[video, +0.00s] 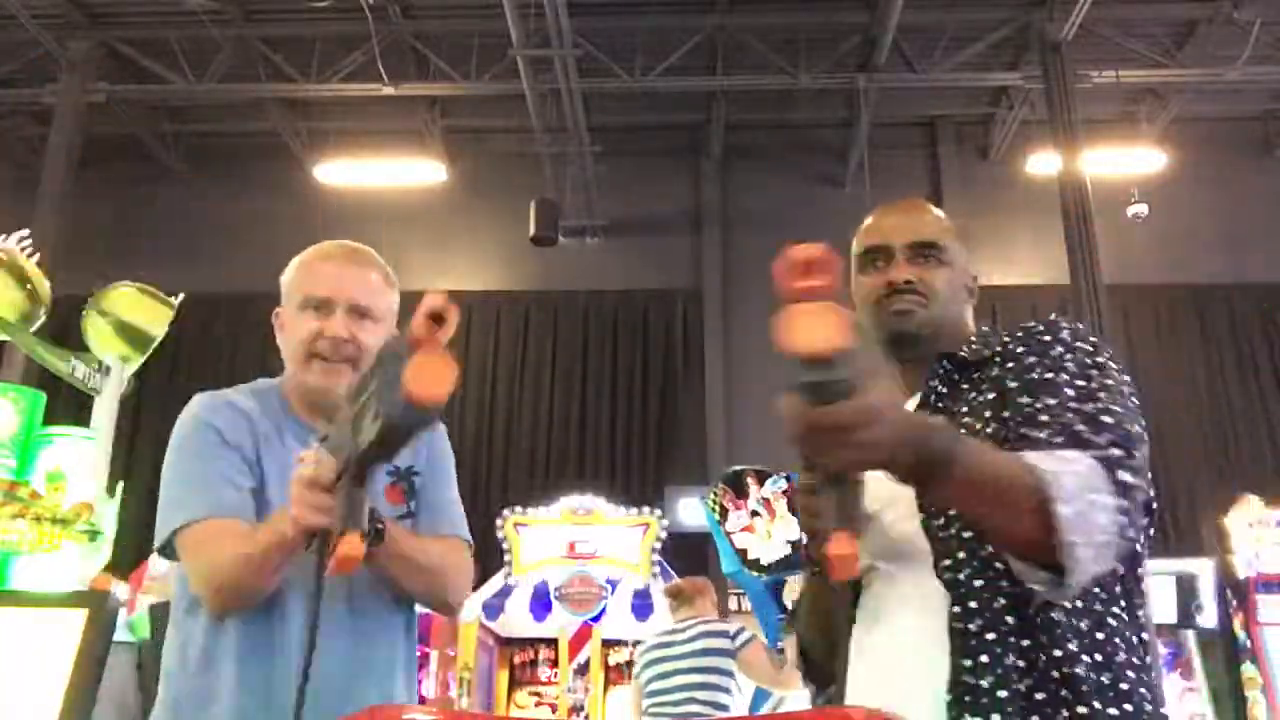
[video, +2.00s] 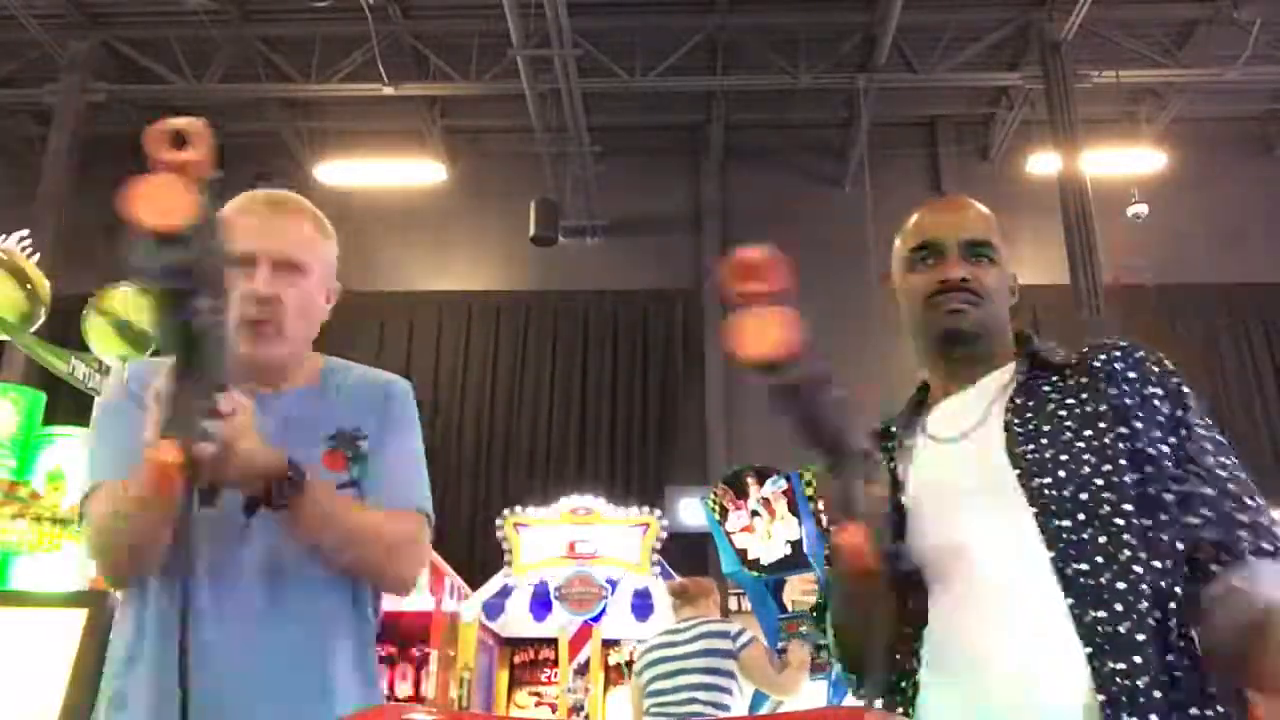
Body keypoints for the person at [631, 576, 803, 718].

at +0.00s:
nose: (718, 608)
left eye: (716, 603)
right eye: (716, 603)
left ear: (672, 610)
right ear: (711, 600)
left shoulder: (645, 649)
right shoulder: (729, 632)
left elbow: (637, 712)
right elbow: (783, 681)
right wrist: (794, 644)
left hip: (659, 714)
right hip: (713, 713)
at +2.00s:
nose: (721, 609)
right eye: (720, 603)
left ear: (674, 609)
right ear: (713, 601)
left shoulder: (646, 650)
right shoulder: (731, 632)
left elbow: (639, 714)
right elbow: (784, 688)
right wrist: (799, 661)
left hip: (660, 715)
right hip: (710, 713)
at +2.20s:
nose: (723, 609)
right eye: (721, 603)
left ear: (675, 609)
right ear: (714, 600)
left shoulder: (646, 650)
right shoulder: (731, 633)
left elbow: (639, 713)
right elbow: (778, 695)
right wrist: (794, 665)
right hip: (710, 712)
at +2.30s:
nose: (721, 611)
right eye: (720, 605)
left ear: (676, 610)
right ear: (714, 602)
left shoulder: (646, 648)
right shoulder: (729, 633)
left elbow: (638, 713)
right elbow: (758, 694)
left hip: (658, 716)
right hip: (707, 714)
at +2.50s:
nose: (721, 606)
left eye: (718, 599)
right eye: (718, 599)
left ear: (675, 607)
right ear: (711, 596)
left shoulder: (646, 647)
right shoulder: (728, 631)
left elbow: (638, 713)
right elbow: (759, 690)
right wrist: (786, 686)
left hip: (656, 715)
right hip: (709, 713)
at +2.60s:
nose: (719, 605)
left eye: (716, 598)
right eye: (716, 597)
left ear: (672, 606)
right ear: (709, 594)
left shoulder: (644, 647)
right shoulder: (728, 630)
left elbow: (638, 711)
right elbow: (778, 685)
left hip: (656, 715)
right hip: (710, 713)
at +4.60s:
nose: (716, 605)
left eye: (714, 599)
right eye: (714, 599)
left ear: (671, 607)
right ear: (709, 598)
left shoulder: (645, 647)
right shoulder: (729, 632)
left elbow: (635, 713)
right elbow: (787, 682)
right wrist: (799, 657)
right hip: (707, 713)